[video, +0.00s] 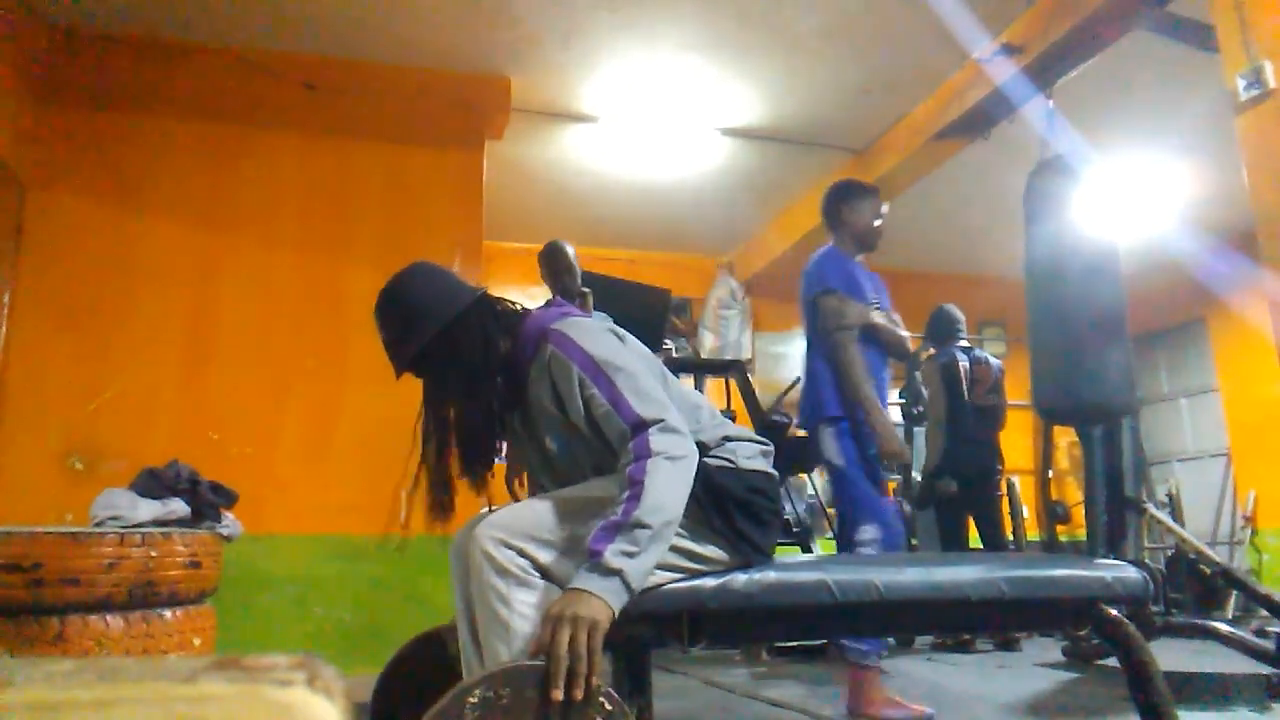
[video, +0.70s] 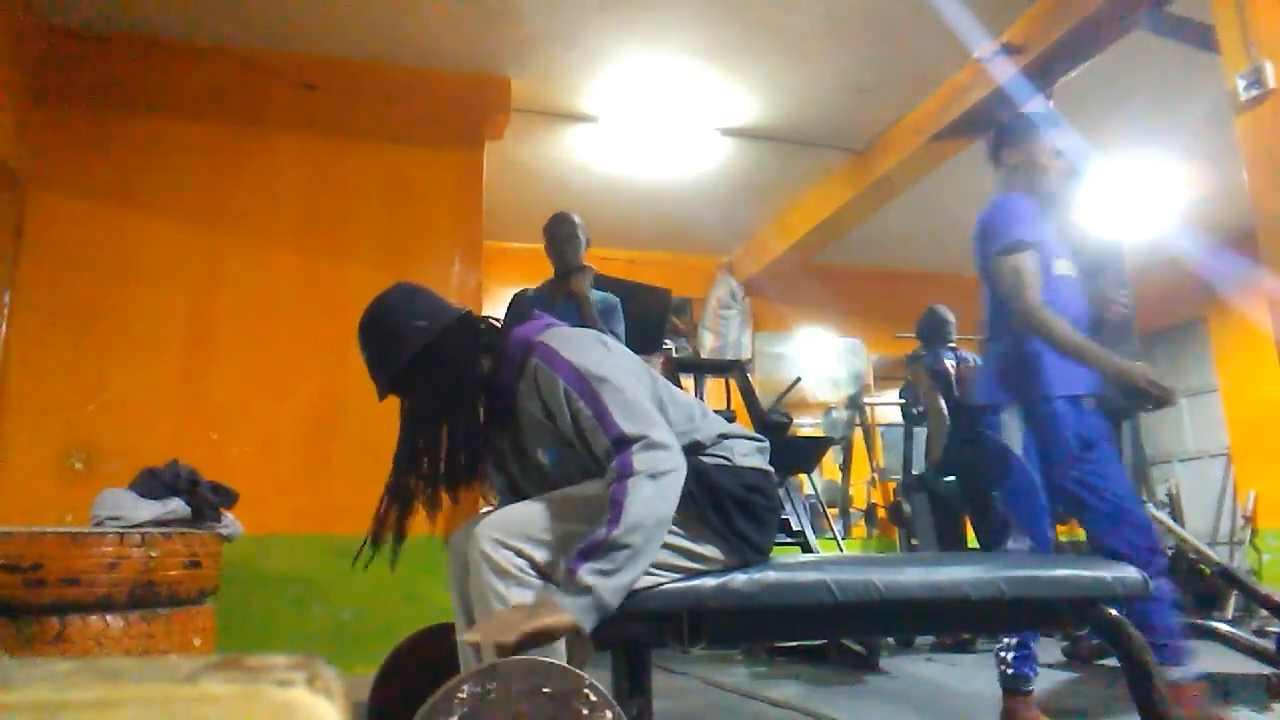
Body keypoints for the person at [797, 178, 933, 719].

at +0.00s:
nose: (882, 222)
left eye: (882, 214)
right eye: (874, 214)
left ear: (860, 218)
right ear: (843, 215)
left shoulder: (870, 279)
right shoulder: (828, 267)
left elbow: (905, 349)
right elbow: (843, 352)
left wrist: (869, 319)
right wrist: (880, 426)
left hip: (865, 421)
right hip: (839, 420)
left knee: (873, 538)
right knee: (876, 532)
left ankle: (866, 683)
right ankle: (864, 686)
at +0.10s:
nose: (905, 216)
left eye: (905, 207)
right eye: (897, 206)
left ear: (874, 211)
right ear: (864, 210)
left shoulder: (891, 276)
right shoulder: (852, 262)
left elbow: (929, 347)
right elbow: (856, 342)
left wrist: (895, 317)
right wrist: (898, 426)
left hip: (891, 424)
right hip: (863, 422)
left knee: (873, 548)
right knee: (912, 539)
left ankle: (863, 681)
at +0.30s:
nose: (948, 203)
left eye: (949, 195)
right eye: (939, 193)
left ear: (917, 196)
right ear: (905, 194)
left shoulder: (930, 260)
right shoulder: (901, 252)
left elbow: (988, 337)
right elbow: (920, 341)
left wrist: (950, 302)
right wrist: (958, 421)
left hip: (944, 413)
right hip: (920, 415)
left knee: (937, 544)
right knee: (970, 544)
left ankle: (881, 663)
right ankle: (1007, 694)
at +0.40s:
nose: (970, 190)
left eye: (972, 181)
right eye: (962, 177)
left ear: (955, 184)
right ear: (929, 179)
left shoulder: (949, 244)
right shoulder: (927, 239)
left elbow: (1004, 335)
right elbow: (950, 340)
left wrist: (988, 294)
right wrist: (1007, 413)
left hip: (969, 401)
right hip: (944, 403)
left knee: (1007, 540)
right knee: (983, 539)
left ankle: (924, 646)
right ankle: (1008, 696)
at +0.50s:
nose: (999, 187)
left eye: (1001, 176)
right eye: (990, 174)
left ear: (963, 173)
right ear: (952, 170)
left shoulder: (970, 234)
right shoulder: (952, 227)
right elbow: (978, 321)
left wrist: (1025, 301)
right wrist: (1053, 394)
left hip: (1003, 406)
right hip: (967, 407)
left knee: (1064, 531)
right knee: (993, 539)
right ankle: (1006, 684)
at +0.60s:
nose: (1030, 176)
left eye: (1033, 165)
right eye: (1021, 163)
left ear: (1006, 166)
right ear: (983, 162)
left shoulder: (1007, 226)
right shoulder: (977, 216)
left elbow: (1012, 304)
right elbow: (1001, 308)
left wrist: (1061, 296)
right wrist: (1090, 373)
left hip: (1037, 404)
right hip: (988, 406)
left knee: (1105, 525)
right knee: (1006, 541)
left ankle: (1093, 672)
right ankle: (1012, 687)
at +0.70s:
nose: (1061, 157)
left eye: (1060, 146)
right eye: (1047, 145)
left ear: (1042, 156)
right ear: (1010, 154)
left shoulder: (1045, 224)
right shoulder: (1009, 213)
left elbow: (1059, 318)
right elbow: (1025, 308)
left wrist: (1108, 318)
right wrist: (1116, 366)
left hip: (1069, 400)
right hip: (1020, 404)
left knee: (1128, 531)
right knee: (1025, 543)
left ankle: (1178, 681)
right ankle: (1019, 693)